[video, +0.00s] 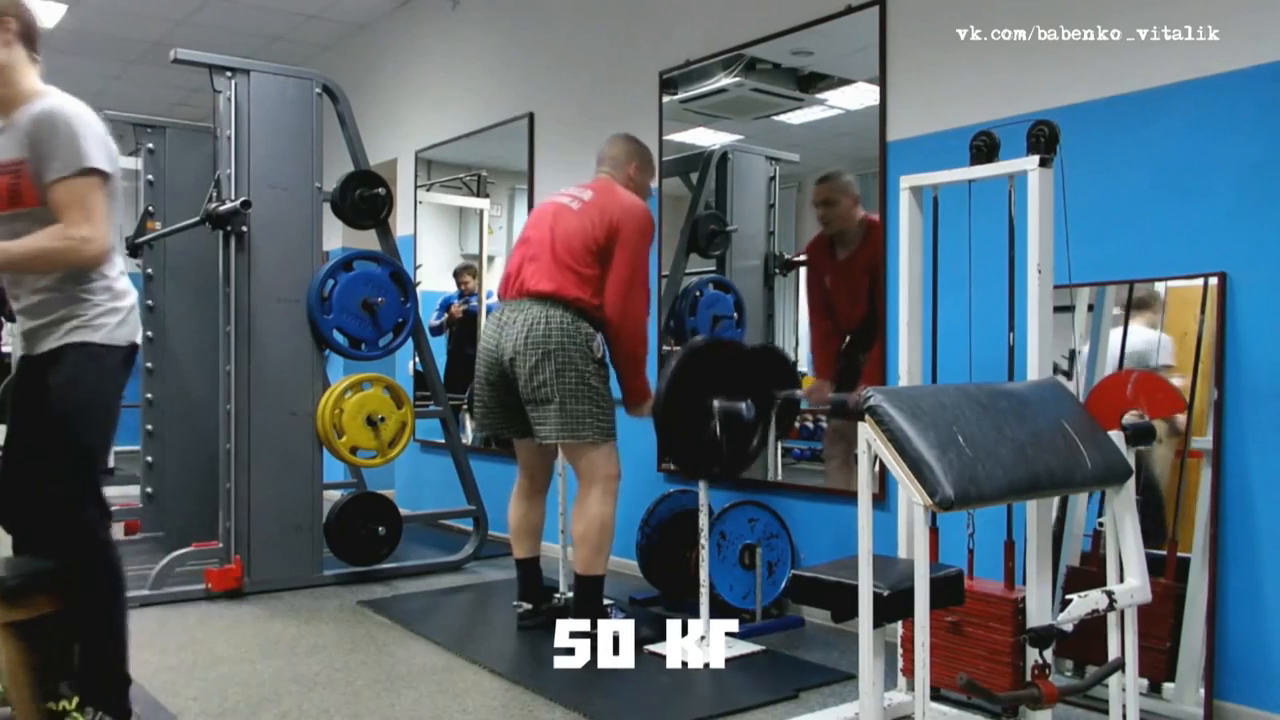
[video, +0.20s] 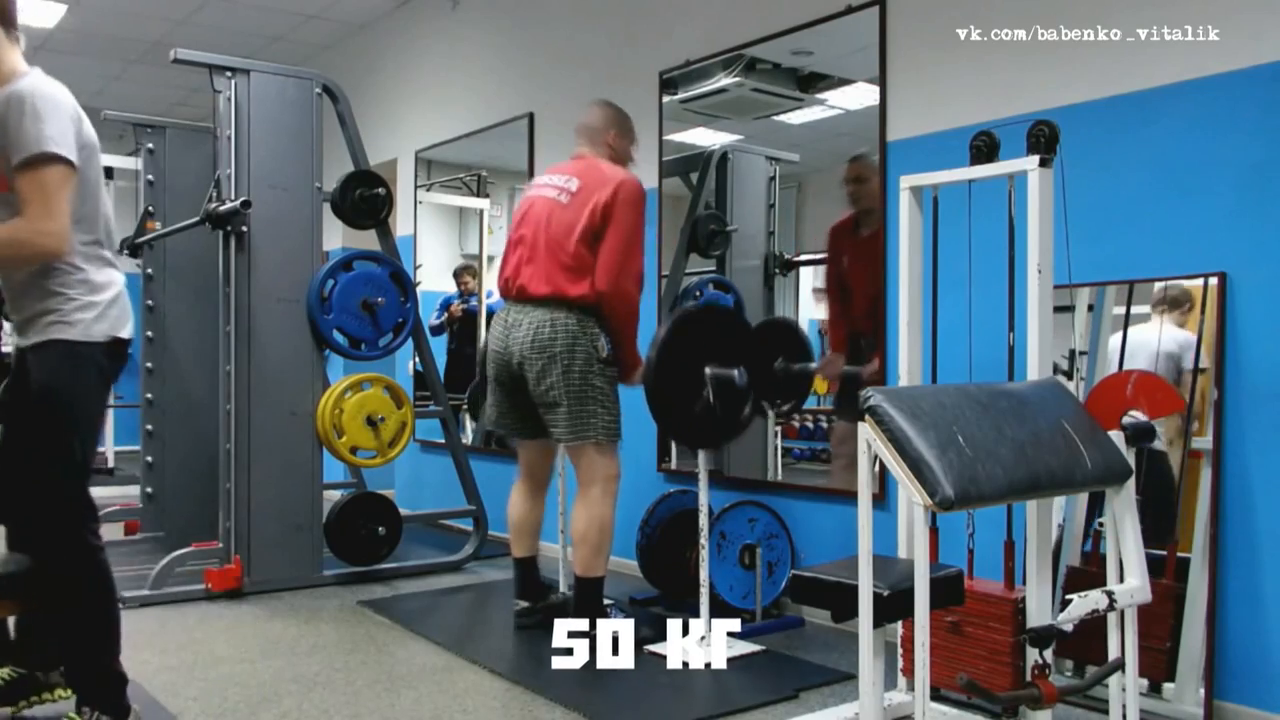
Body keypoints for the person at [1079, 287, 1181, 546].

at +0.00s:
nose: (1162, 317)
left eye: (1161, 312)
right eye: (1161, 312)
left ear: (1124, 310)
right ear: (1155, 310)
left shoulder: (1098, 339)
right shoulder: (1158, 340)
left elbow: (1080, 389)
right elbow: (1163, 395)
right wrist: (1179, 424)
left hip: (1099, 435)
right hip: (1140, 437)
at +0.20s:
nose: (1187, 320)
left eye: (1188, 314)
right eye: (1188, 314)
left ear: (1155, 308)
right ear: (1184, 310)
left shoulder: (1117, 338)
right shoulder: (1185, 340)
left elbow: (1109, 387)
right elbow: (1189, 398)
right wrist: (1188, 429)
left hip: (1115, 438)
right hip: (1157, 442)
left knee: (1117, 509)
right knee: (1158, 513)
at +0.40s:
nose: (1194, 318)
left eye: (1195, 312)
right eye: (1195, 311)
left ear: (1161, 305)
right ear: (1191, 308)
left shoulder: (1120, 339)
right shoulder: (1191, 340)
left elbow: (1111, 391)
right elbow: (1197, 405)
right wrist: (1181, 427)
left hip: (1116, 444)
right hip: (1158, 447)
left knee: (1116, 519)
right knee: (1156, 524)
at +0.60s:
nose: (1187, 316)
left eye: (1189, 309)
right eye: (1185, 308)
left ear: (1158, 308)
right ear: (1168, 306)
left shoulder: (1117, 341)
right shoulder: (1175, 339)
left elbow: (1111, 388)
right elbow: (1181, 396)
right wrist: (1186, 426)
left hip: (1114, 439)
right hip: (1151, 441)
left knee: (1117, 512)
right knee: (1157, 515)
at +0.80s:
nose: (1180, 313)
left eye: (1180, 307)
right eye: (1175, 306)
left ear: (1149, 309)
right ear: (1155, 307)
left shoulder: (1115, 340)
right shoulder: (1161, 337)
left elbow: (1110, 385)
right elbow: (1165, 387)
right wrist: (1183, 423)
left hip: (1110, 427)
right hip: (1140, 429)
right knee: (1144, 498)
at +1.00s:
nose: (1184, 313)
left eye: (1185, 307)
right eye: (1180, 306)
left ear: (1153, 309)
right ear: (1158, 307)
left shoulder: (1119, 336)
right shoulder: (1159, 341)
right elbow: (1152, 395)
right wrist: (1178, 418)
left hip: (1101, 430)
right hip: (1129, 437)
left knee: (1094, 502)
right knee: (1137, 502)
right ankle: (1137, 562)